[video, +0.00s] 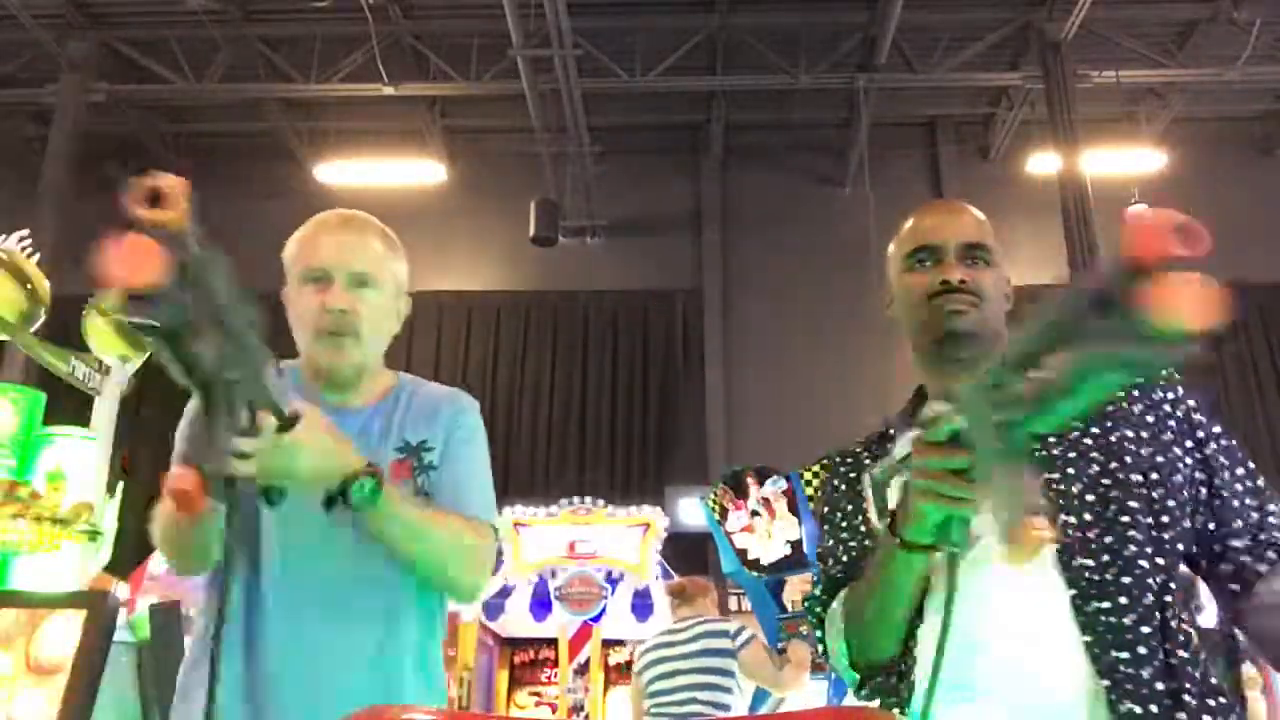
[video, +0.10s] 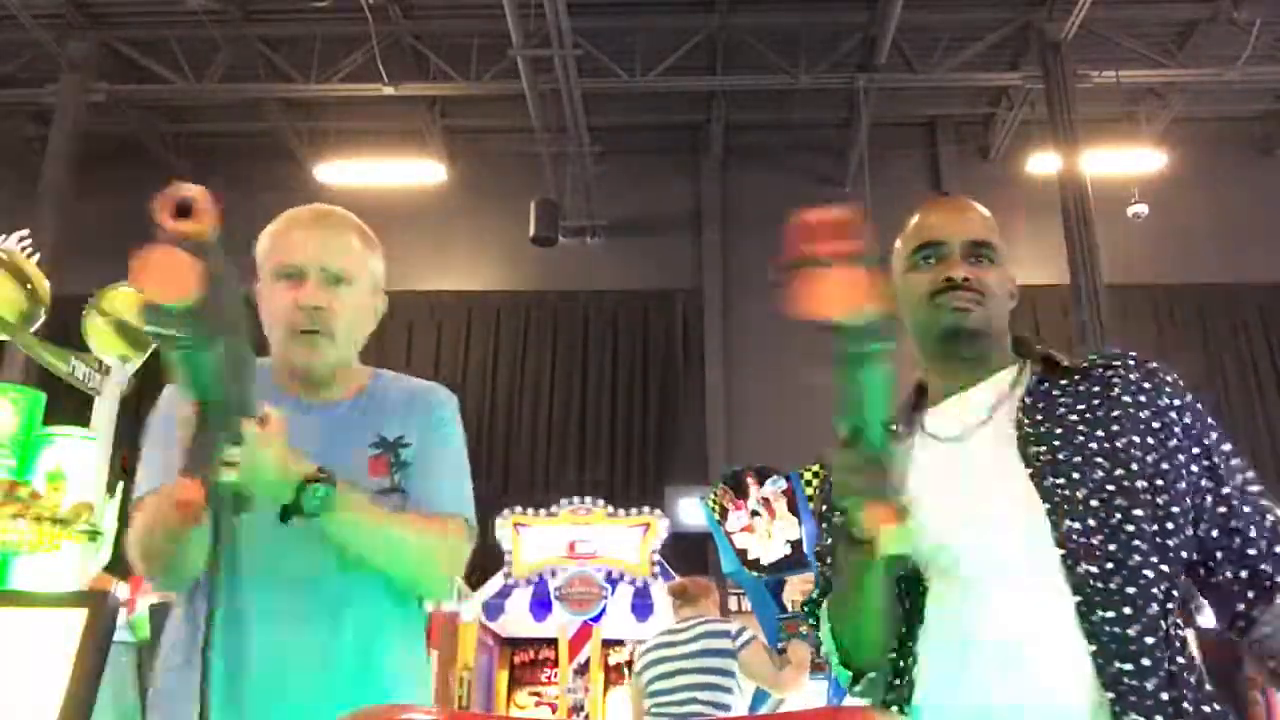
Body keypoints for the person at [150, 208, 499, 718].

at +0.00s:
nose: (337, 303)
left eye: (361, 285)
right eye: (316, 281)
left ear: (400, 310)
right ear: (286, 300)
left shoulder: (446, 417)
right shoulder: (230, 399)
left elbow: (470, 572)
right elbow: (187, 558)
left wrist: (351, 479)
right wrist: (187, 509)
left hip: (389, 704)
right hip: (241, 702)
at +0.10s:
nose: (311, 299)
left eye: (336, 281)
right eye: (289, 277)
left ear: (377, 305)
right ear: (258, 296)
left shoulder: (424, 410)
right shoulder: (198, 399)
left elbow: (441, 567)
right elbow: (161, 570)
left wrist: (300, 483)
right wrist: (182, 503)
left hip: (370, 705)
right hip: (213, 703)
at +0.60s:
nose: (303, 318)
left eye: (328, 300)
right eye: (285, 296)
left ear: (367, 327)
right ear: (253, 312)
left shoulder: (415, 426)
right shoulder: (194, 418)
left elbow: (436, 575)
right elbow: (180, 585)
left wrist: (306, 504)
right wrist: (223, 498)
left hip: (364, 709)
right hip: (209, 708)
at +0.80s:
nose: (286, 314)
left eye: (311, 294)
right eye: (264, 291)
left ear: (347, 324)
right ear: (231, 315)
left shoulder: (399, 419)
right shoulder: (175, 416)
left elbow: (420, 569)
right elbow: (160, 596)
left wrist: (275, 508)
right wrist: (161, 523)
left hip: (345, 707)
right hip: (193, 706)